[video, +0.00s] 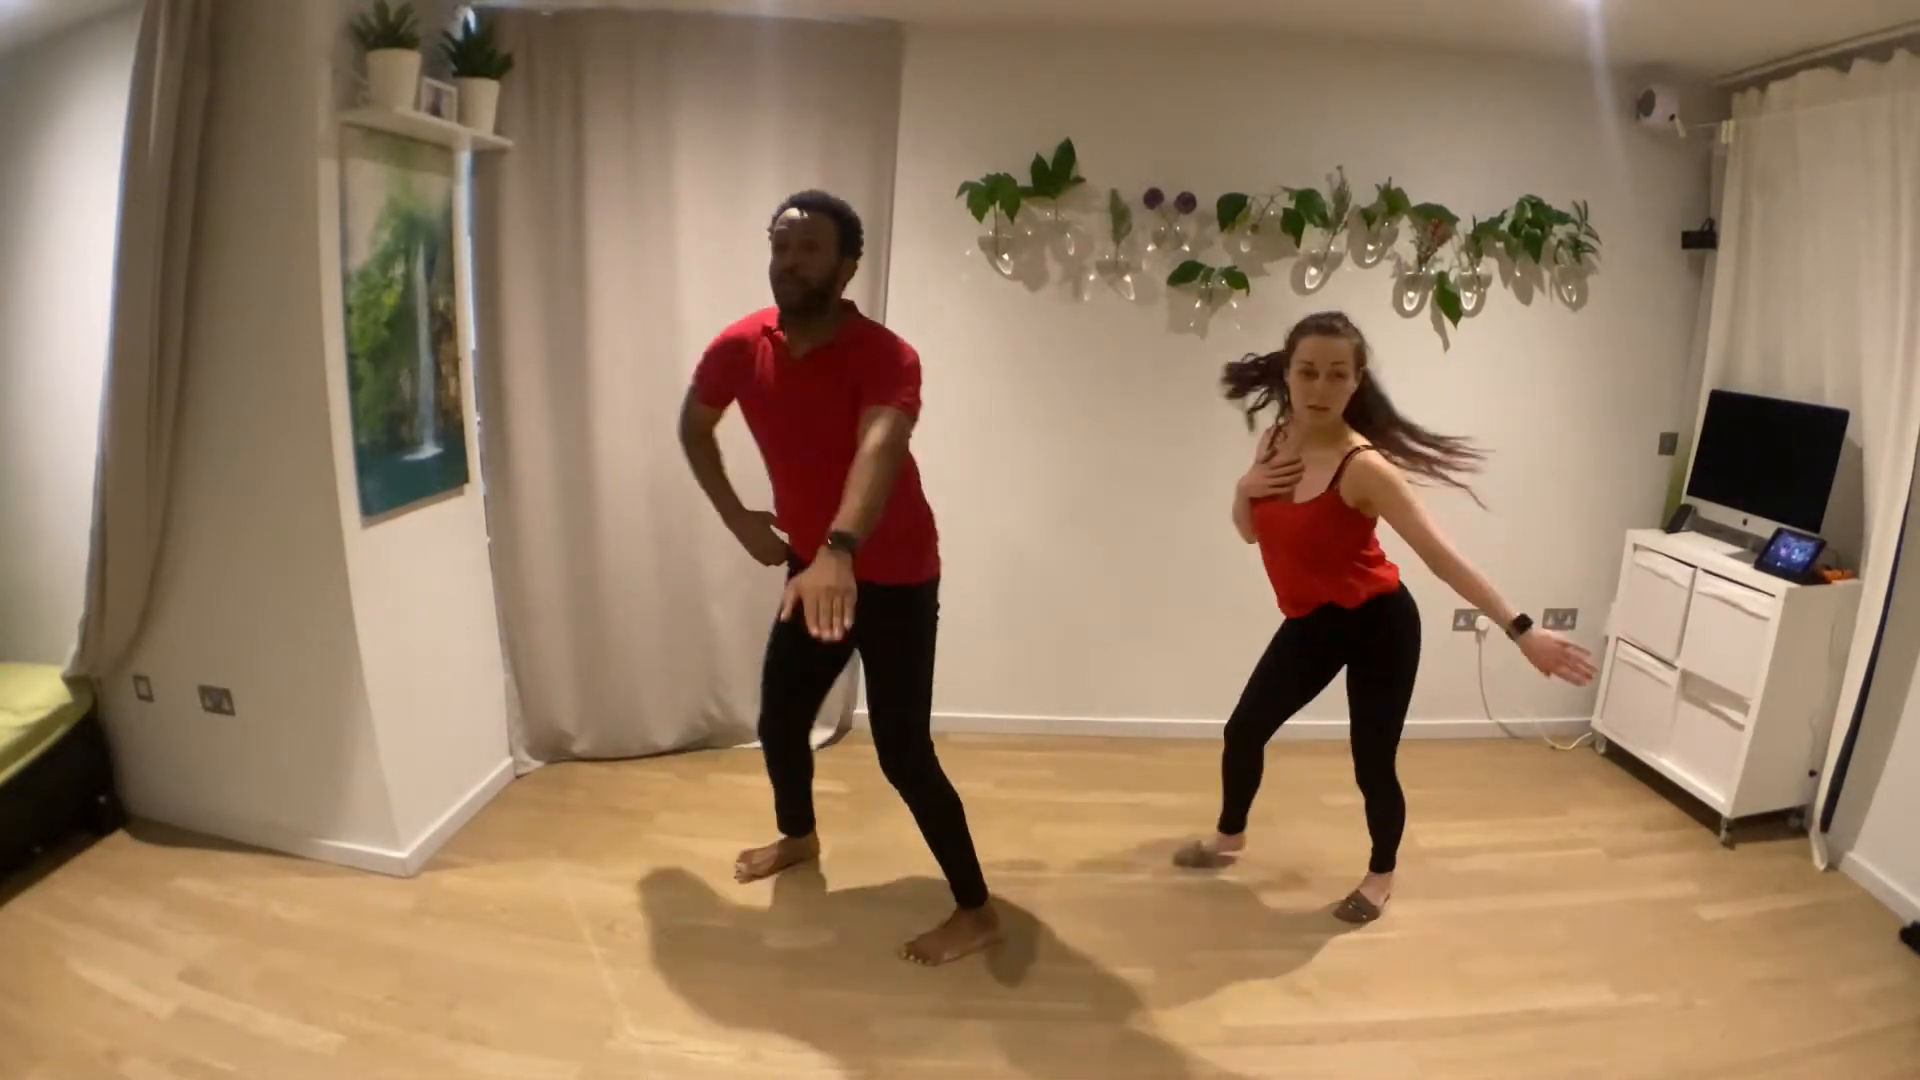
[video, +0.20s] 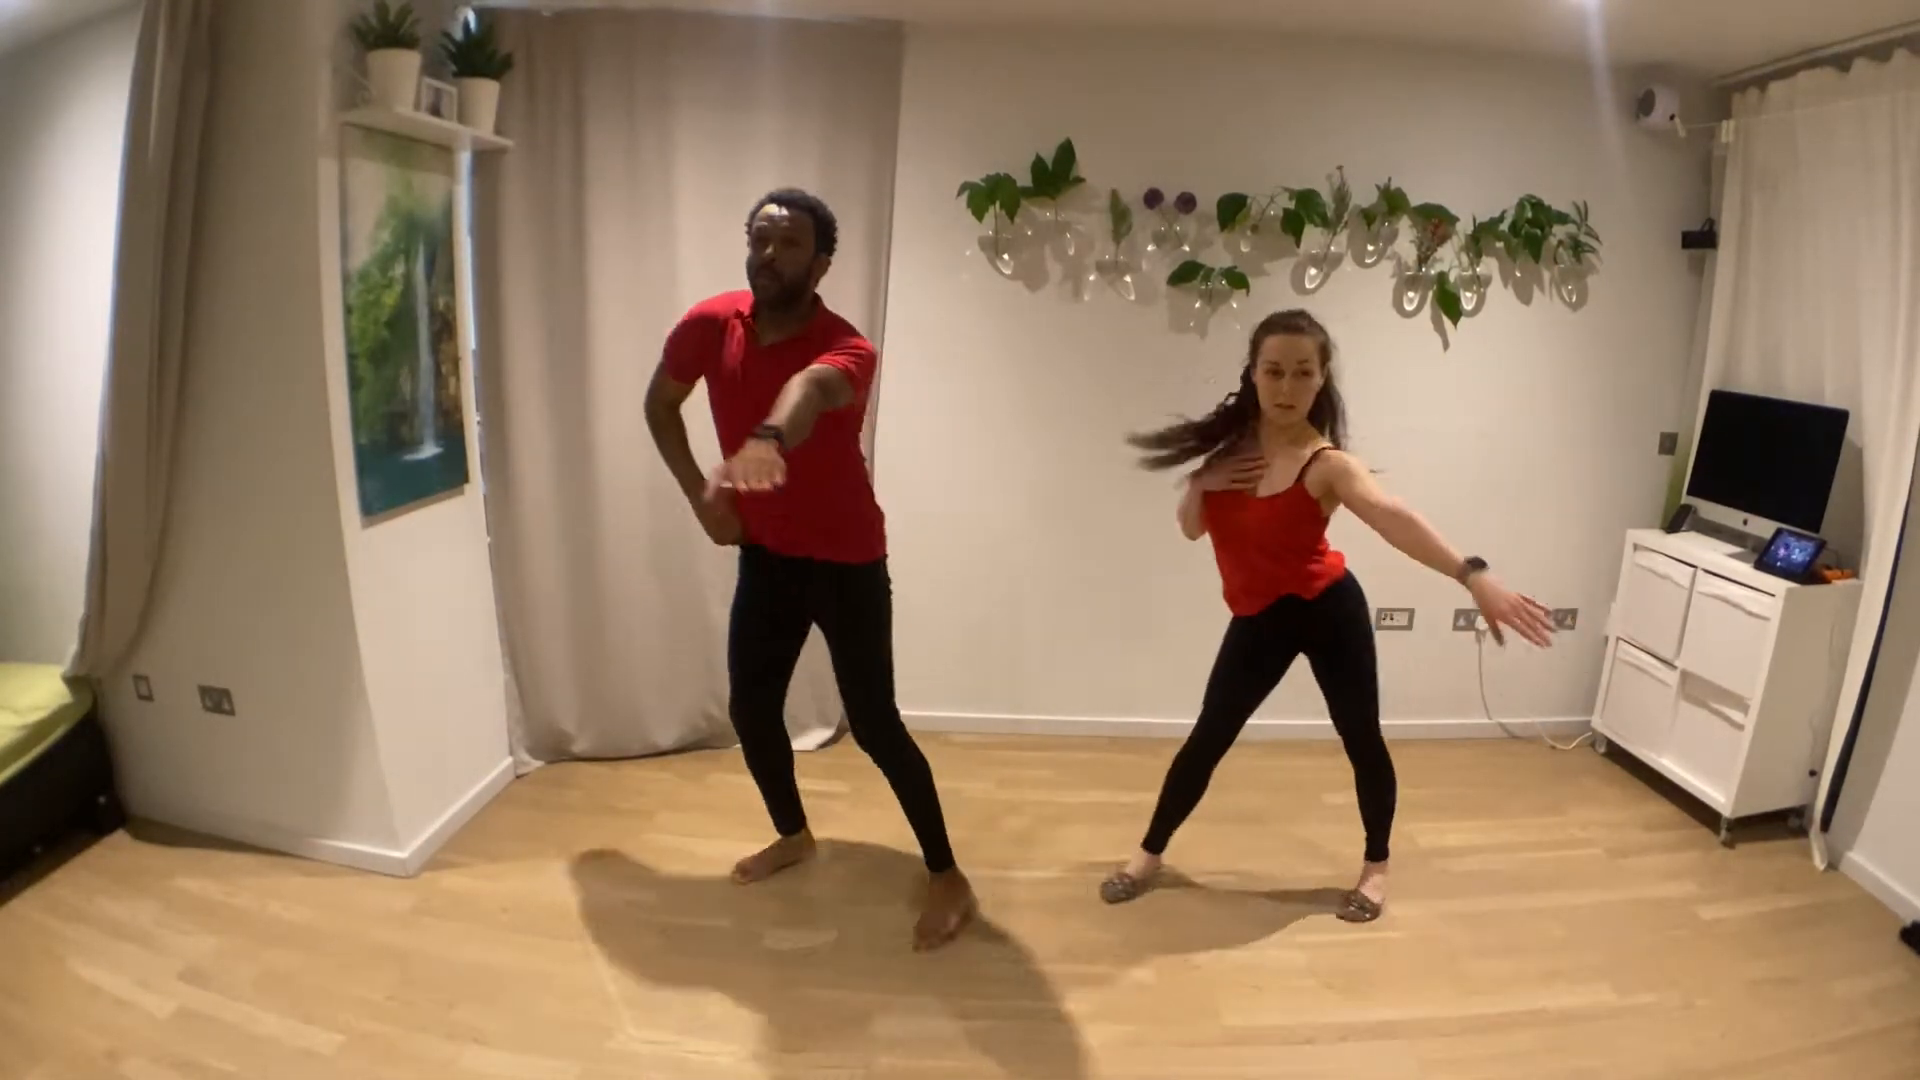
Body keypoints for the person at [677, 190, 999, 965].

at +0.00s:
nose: (788, 260)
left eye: (807, 247)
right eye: (779, 245)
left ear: (846, 263)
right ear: (768, 255)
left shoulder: (886, 357)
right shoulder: (742, 350)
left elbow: (879, 451)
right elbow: (695, 430)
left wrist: (838, 549)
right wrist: (743, 522)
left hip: (897, 574)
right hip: (814, 568)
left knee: (904, 751)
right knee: (781, 724)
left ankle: (976, 907)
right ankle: (797, 840)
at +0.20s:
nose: (765, 252)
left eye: (784, 241)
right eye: (757, 238)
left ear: (820, 259)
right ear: (744, 249)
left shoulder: (848, 349)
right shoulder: (711, 326)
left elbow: (813, 388)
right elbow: (660, 406)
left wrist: (772, 439)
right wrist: (701, 494)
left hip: (849, 562)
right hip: (769, 558)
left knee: (875, 721)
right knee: (752, 710)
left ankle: (946, 876)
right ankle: (793, 834)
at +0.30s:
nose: (750, 254)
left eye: (771, 243)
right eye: (742, 239)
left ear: (806, 259)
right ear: (728, 248)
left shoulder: (827, 350)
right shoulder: (697, 331)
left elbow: (775, 375)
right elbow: (666, 410)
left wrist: (713, 413)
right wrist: (684, 494)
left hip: (826, 557)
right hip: (748, 550)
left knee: (834, 720)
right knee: (743, 708)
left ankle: (914, 811)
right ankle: (792, 832)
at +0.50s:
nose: (719, 260)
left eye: (738, 247)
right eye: (710, 246)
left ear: (773, 261)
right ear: (699, 257)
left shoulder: (793, 351)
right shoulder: (698, 343)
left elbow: (697, 379)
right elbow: (691, 447)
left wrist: (571, 384)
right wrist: (682, 523)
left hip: (784, 554)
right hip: (711, 548)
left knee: (768, 697)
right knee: (723, 702)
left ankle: (744, 768)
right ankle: (789, 831)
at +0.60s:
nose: (710, 267)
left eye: (728, 254)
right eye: (699, 254)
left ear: (760, 267)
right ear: (687, 264)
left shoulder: (782, 353)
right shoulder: (688, 349)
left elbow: (680, 390)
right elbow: (697, 453)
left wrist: (547, 363)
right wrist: (686, 530)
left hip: (769, 553)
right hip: (695, 546)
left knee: (744, 684)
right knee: (714, 698)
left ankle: (720, 756)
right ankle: (780, 825)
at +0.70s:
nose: (699, 271)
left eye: (716, 259)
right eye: (688, 259)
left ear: (749, 270)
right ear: (677, 269)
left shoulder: (772, 359)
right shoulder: (673, 346)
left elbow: (675, 404)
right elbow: (690, 439)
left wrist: (585, 343)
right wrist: (685, 520)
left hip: (761, 555)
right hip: (688, 546)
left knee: (732, 680)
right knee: (688, 708)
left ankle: (715, 769)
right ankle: (761, 814)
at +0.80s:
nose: (692, 279)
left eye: (708, 267)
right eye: (682, 266)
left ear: (740, 278)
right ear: (670, 273)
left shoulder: (762, 364)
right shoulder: (660, 342)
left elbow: (664, 407)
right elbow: (666, 423)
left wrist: (630, 333)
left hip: (755, 560)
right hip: (680, 552)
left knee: (733, 676)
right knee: (676, 709)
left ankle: (709, 776)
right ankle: (733, 817)